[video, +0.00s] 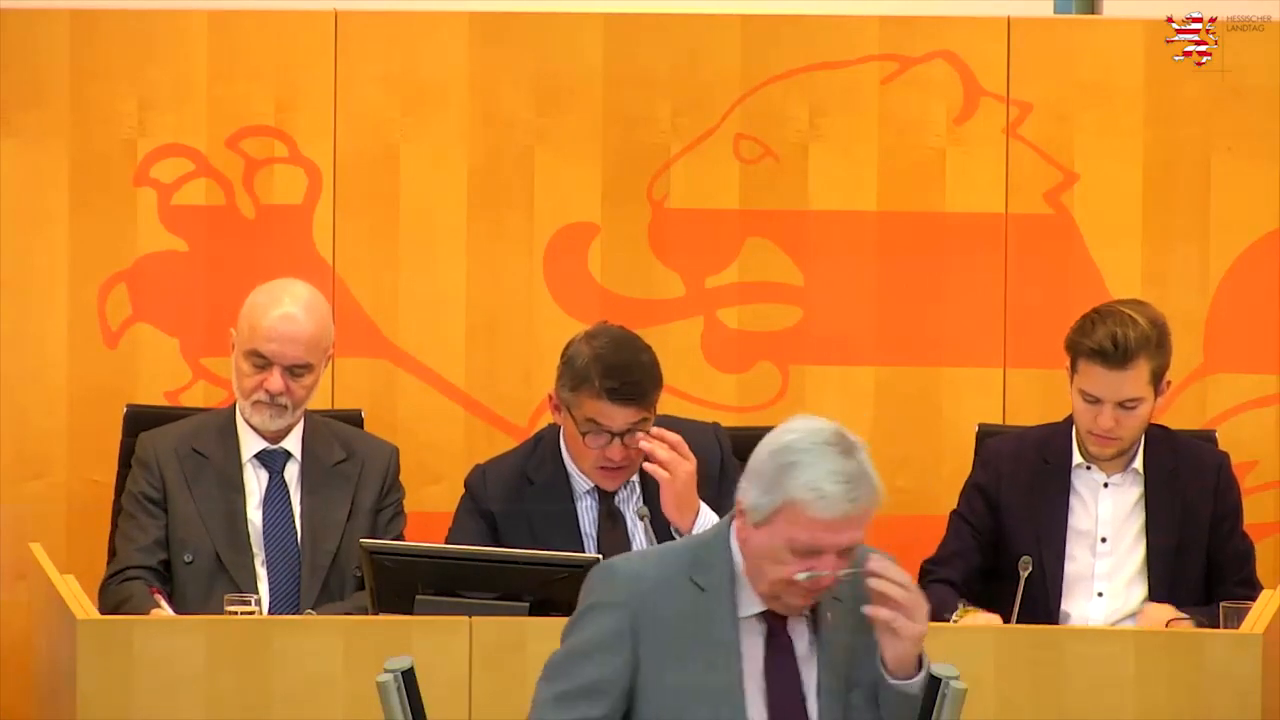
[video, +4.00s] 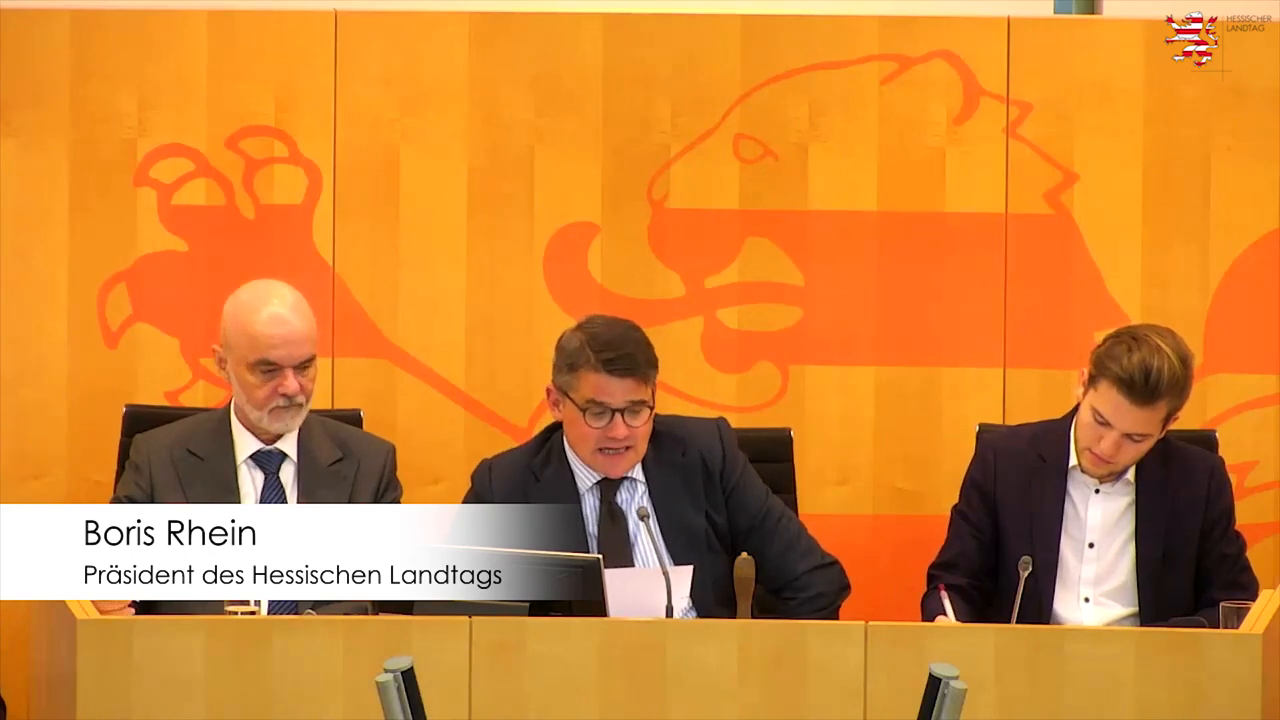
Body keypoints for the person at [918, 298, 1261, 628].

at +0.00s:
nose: (1105, 422)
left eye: (1127, 405)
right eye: (1091, 399)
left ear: (1160, 394)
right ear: (1071, 379)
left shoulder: (1204, 472)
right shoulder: (1006, 461)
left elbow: (1247, 607)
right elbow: (938, 583)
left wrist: (1188, 620)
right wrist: (960, 616)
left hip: (1157, 675)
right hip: (1032, 668)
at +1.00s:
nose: (1088, 430)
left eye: (1113, 417)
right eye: (1077, 405)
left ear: (1152, 405)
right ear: (1063, 383)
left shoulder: (1196, 475)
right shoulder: (999, 461)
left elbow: (1239, 602)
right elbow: (939, 586)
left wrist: (1163, 645)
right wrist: (940, 616)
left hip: (1150, 678)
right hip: (1023, 671)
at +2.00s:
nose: (1093, 442)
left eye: (1120, 431)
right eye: (1085, 416)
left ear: (1159, 418)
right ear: (1073, 386)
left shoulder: (1197, 477)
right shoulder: (1000, 459)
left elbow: (1239, 600)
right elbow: (944, 586)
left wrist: (1164, 644)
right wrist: (956, 645)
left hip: (1147, 678)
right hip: (1021, 670)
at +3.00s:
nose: (1102, 447)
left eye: (1129, 437)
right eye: (1094, 419)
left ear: (1164, 423)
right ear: (1079, 384)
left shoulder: (1198, 478)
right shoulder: (1001, 458)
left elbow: (1238, 601)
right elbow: (950, 583)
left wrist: (1166, 644)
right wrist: (949, 635)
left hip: (1149, 680)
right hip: (1023, 673)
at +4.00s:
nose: (1107, 447)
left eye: (1134, 438)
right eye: (1099, 420)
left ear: (1167, 423)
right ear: (1083, 383)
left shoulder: (1200, 477)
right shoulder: (1003, 457)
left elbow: (1238, 601)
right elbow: (953, 583)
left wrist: (1161, 644)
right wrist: (955, 635)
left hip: (1151, 680)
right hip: (1026, 672)